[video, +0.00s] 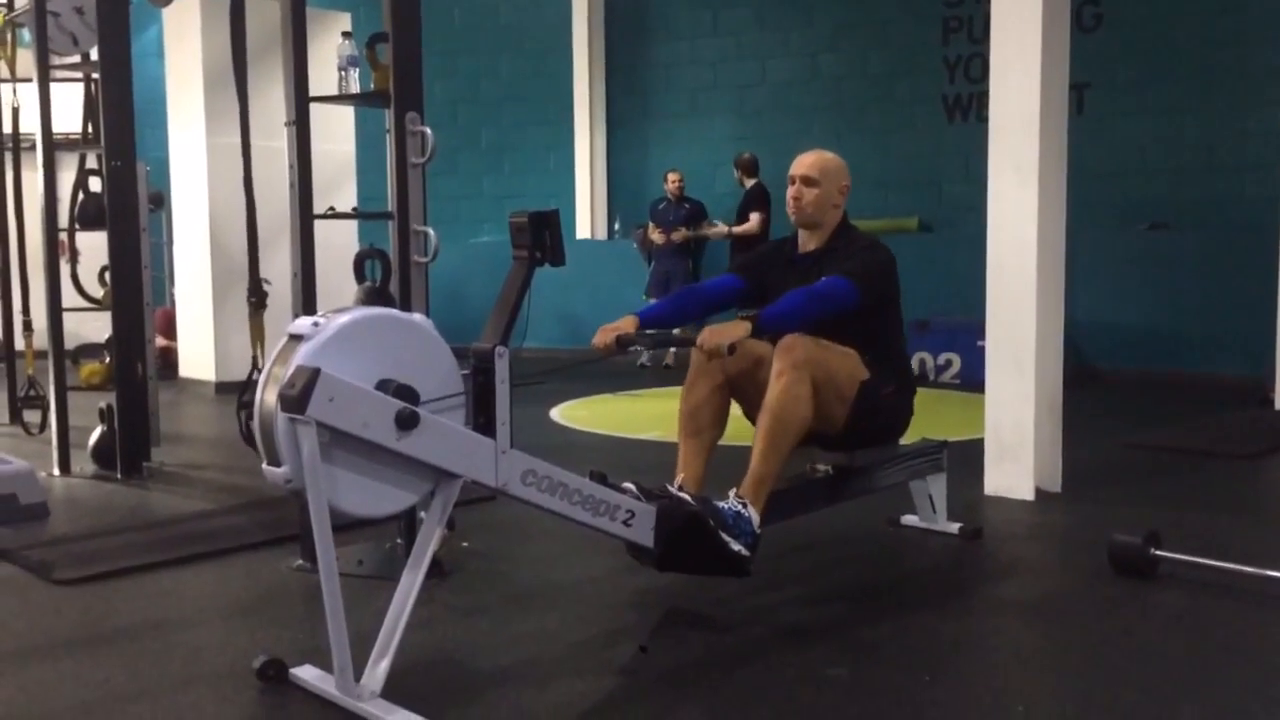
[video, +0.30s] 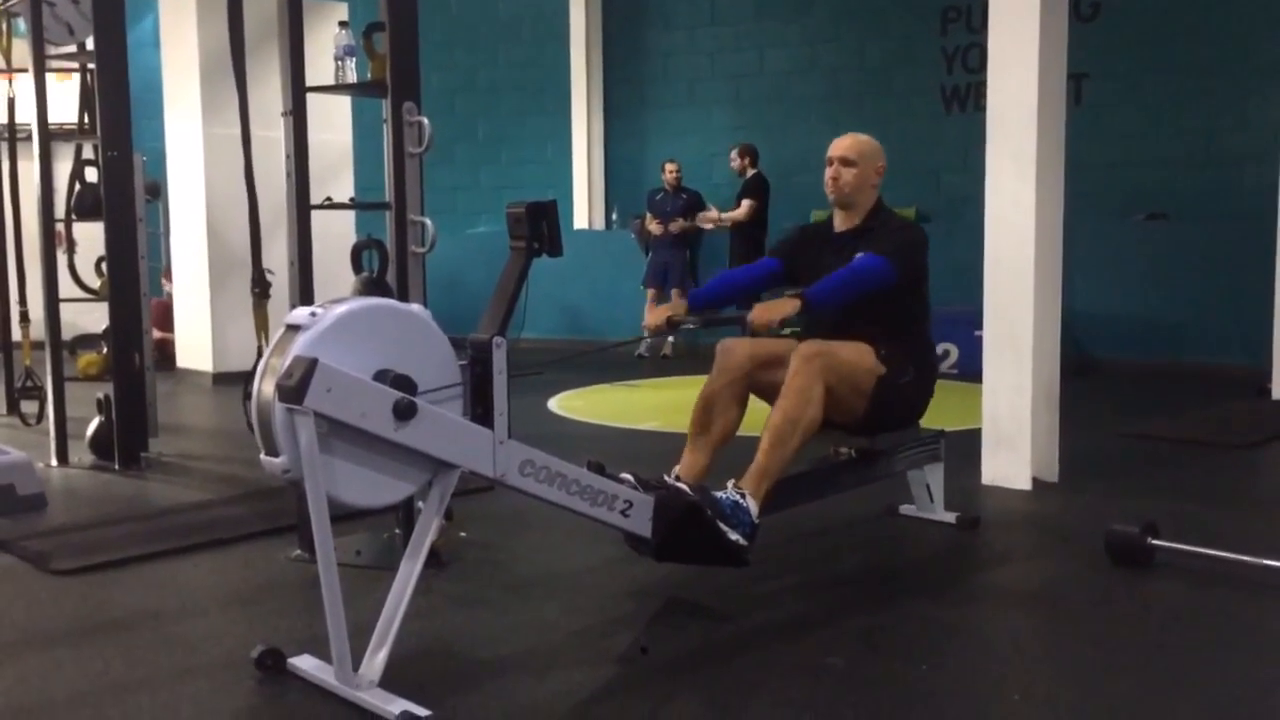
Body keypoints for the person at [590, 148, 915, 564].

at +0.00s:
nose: (793, 192)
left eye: (807, 183)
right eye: (791, 183)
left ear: (840, 196)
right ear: (785, 191)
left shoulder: (869, 257)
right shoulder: (775, 257)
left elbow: (820, 300)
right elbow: (709, 296)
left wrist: (751, 324)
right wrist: (637, 320)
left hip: (874, 407)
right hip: (799, 407)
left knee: (795, 349)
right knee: (712, 351)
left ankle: (746, 512)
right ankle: (684, 496)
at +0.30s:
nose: (833, 172)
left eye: (846, 164)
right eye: (830, 164)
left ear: (877, 174)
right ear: (824, 172)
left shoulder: (903, 236)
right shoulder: (809, 238)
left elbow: (860, 277)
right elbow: (753, 276)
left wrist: (797, 301)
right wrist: (684, 304)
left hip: (895, 377)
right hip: (822, 372)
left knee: (810, 358)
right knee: (732, 353)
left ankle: (746, 502)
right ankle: (682, 485)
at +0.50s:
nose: (883, 170)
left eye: (896, 160)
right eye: (879, 161)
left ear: (926, 170)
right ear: (873, 168)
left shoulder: (946, 230)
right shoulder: (854, 233)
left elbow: (918, 273)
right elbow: (802, 278)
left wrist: (856, 292)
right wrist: (742, 298)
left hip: (911, 363)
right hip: (844, 354)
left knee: (820, 377)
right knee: (752, 368)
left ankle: (745, 499)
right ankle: (678, 481)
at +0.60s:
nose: (905, 179)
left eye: (918, 171)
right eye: (901, 170)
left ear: (946, 179)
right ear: (896, 177)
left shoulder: (968, 235)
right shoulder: (869, 239)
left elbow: (952, 287)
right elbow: (825, 291)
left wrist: (889, 293)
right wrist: (778, 299)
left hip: (920, 360)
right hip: (855, 350)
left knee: (830, 384)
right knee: (774, 381)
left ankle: (746, 497)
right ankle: (680, 482)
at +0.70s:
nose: (919, 192)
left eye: (931, 182)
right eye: (914, 183)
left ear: (959, 187)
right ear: (910, 187)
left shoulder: (987, 245)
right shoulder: (887, 245)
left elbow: (985, 304)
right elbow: (846, 303)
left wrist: (927, 295)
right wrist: (813, 304)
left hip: (924, 353)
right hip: (863, 344)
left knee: (834, 405)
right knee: (789, 396)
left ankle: (746, 496)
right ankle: (690, 480)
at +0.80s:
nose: (924, 199)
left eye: (936, 191)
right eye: (919, 190)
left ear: (965, 193)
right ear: (914, 191)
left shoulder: (994, 250)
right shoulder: (895, 248)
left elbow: (1024, 316)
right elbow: (861, 317)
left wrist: (965, 287)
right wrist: (839, 300)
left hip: (930, 359)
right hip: (868, 348)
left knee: (840, 410)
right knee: (796, 397)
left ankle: (750, 496)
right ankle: (688, 480)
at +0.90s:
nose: (912, 195)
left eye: (924, 186)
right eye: (907, 185)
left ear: (954, 187)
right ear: (902, 187)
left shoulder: (991, 243)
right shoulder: (889, 239)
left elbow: (1034, 316)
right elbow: (855, 319)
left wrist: (984, 270)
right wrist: (848, 285)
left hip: (926, 363)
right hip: (863, 352)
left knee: (838, 391)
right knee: (793, 381)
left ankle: (748, 491)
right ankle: (686, 476)